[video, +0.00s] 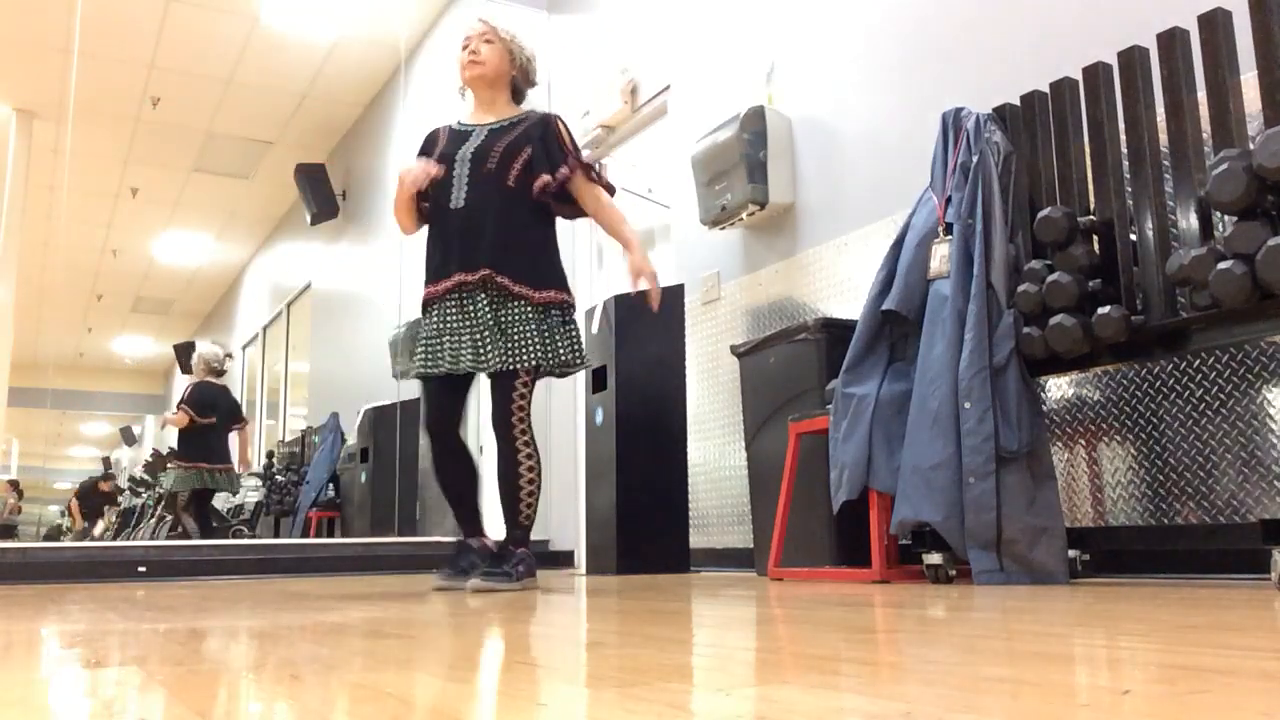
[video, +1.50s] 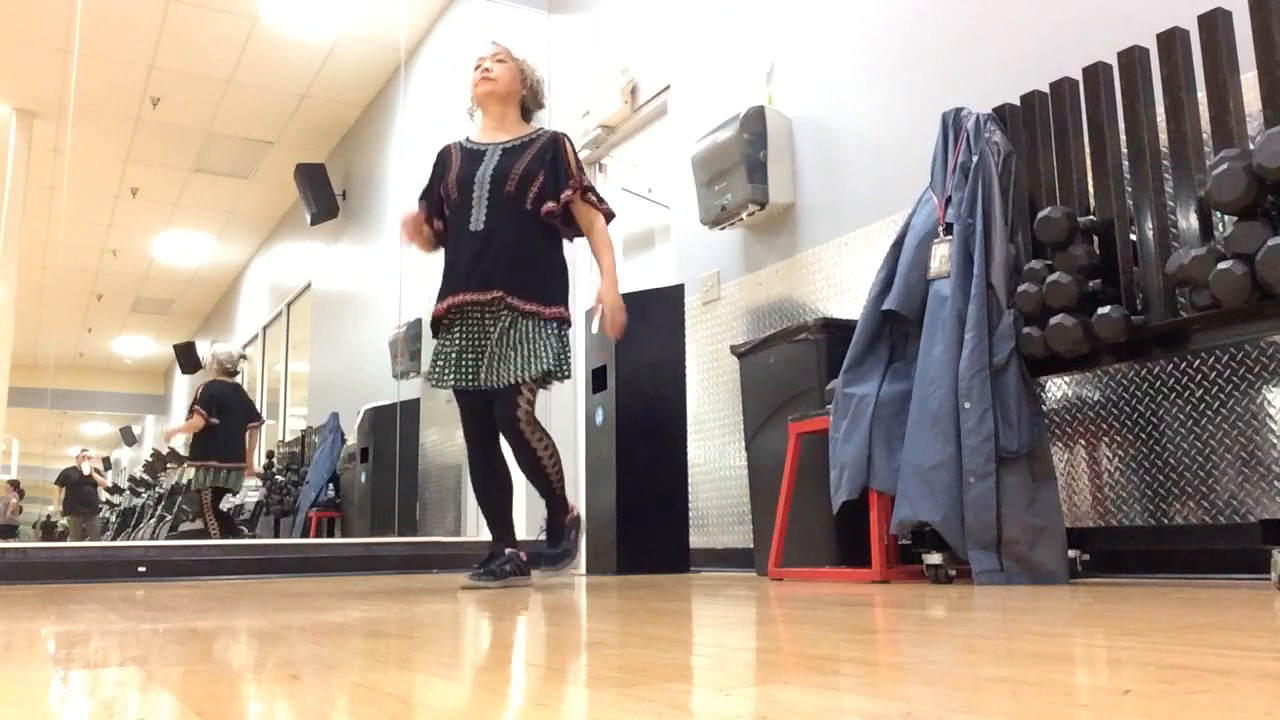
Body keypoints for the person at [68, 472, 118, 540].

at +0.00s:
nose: (110, 488)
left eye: (111, 486)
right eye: (108, 485)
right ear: (102, 482)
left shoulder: (111, 493)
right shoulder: (87, 486)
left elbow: (114, 509)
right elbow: (73, 503)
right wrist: (78, 520)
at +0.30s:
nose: (102, 467)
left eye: (104, 464)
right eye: (100, 464)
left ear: (105, 465)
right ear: (92, 463)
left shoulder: (105, 476)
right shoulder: (79, 474)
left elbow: (113, 491)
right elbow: (70, 494)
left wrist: (103, 493)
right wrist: (84, 503)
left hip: (96, 512)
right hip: (79, 512)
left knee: (97, 539)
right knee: (79, 539)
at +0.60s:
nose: (93, 460)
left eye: (95, 458)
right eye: (90, 457)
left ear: (97, 459)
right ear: (83, 458)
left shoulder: (99, 471)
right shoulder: (73, 471)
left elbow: (109, 488)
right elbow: (65, 488)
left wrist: (100, 478)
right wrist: (81, 488)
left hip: (95, 512)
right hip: (78, 512)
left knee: (97, 540)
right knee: (78, 540)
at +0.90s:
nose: (90, 459)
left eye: (92, 457)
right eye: (87, 456)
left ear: (95, 459)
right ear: (81, 458)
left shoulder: (97, 471)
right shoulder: (71, 471)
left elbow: (108, 486)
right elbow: (60, 487)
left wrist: (98, 471)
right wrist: (65, 503)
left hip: (94, 512)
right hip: (77, 512)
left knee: (97, 540)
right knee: (77, 541)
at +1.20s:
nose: (88, 460)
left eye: (90, 457)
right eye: (85, 457)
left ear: (93, 459)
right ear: (79, 458)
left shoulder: (96, 471)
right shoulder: (69, 471)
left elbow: (106, 484)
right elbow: (61, 489)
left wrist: (95, 472)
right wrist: (59, 505)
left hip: (93, 511)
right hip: (75, 512)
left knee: (96, 539)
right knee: (76, 540)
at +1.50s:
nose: (86, 460)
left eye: (88, 458)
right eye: (83, 457)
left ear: (91, 459)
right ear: (77, 458)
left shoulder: (95, 471)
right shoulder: (68, 472)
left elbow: (104, 484)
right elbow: (59, 489)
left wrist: (92, 473)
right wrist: (57, 506)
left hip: (92, 510)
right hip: (74, 511)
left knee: (95, 538)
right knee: (75, 539)